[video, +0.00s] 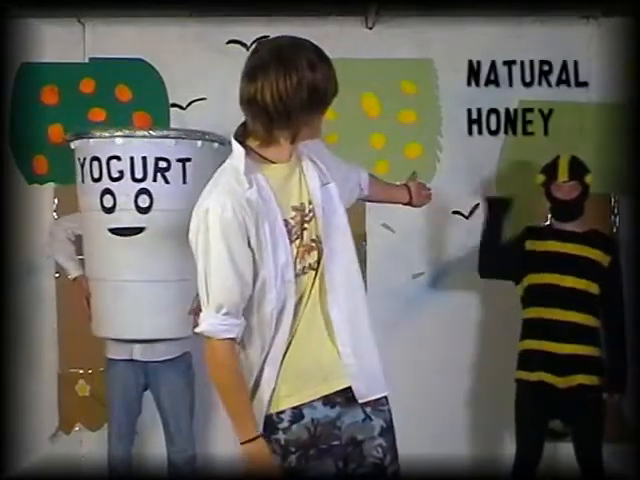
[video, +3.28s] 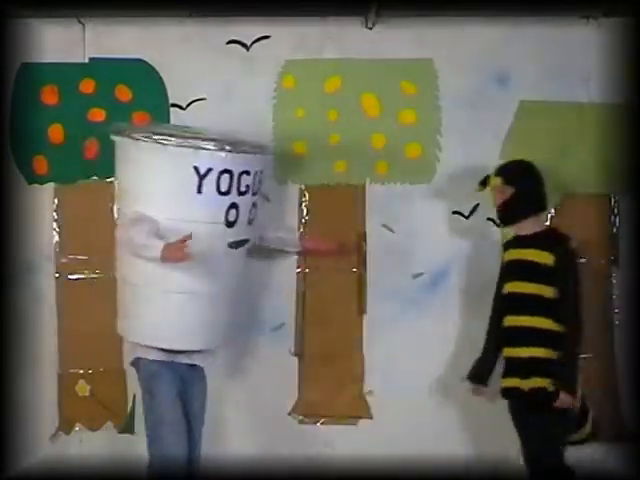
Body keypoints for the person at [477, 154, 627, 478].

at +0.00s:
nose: (565, 194)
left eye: (572, 186)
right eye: (557, 187)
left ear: (585, 190)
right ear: (546, 192)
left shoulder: (603, 246)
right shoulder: (529, 241)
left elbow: (614, 315)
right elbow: (488, 267)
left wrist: (617, 374)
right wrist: (493, 218)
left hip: (583, 369)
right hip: (535, 366)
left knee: (590, 459)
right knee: (526, 458)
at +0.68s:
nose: (579, 195)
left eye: (588, 188)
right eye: (572, 187)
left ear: (600, 193)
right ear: (561, 190)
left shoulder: (611, 249)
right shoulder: (537, 237)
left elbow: (618, 320)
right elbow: (498, 282)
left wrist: (622, 380)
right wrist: (494, 245)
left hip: (587, 368)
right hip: (538, 364)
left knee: (591, 460)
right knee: (527, 458)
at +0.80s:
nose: (577, 196)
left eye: (586, 188)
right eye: (570, 187)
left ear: (598, 193)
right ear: (559, 190)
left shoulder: (610, 249)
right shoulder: (536, 237)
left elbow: (618, 318)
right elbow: (511, 282)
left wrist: (621, 376)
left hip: (587, 365)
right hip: (538, 361)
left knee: (591, 458)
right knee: (528, 457)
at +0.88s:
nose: (574, 196)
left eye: (583, 189)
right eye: (568, 188)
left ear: (596, 194)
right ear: (557, 191)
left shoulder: (610, 249)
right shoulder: (536, 238)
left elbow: (617, 318)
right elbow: (514, 293)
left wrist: (621, 375)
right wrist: (497, 331)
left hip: (586, 365)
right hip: (537, 361)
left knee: (591, 458)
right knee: (528, 457)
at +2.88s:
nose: (551, 199)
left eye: (558, 190)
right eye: (550, 190)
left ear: (577, 192)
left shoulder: (615, 246)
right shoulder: (541, 242)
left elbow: (626, 312)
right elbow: (530, 306)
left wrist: (623, 372)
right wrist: (527, 360)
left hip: (600, 380)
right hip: (549, 378)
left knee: (601, 465)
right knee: (537, 463)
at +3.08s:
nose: (529, 198)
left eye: (537, 189)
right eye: (527, 190)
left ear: (557, 191)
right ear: (527, 193)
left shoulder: (594, 247)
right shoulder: (527, 244)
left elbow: (603, 317)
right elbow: (520, 309)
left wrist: (586, 373)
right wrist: (509, 361)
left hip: (583, 378)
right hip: (537, 378)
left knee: (592, 467)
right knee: (543, 466)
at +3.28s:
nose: (496, 201)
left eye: (502, 191)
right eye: (495, 192)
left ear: (523, 193)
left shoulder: (558, 246)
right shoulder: (510, 248)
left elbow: (573, 319)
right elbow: (499, 317)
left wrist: (567, 381)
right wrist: (481, 372)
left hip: (549, 382)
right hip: (516, 380)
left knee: (549, 468)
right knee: (539, 467)